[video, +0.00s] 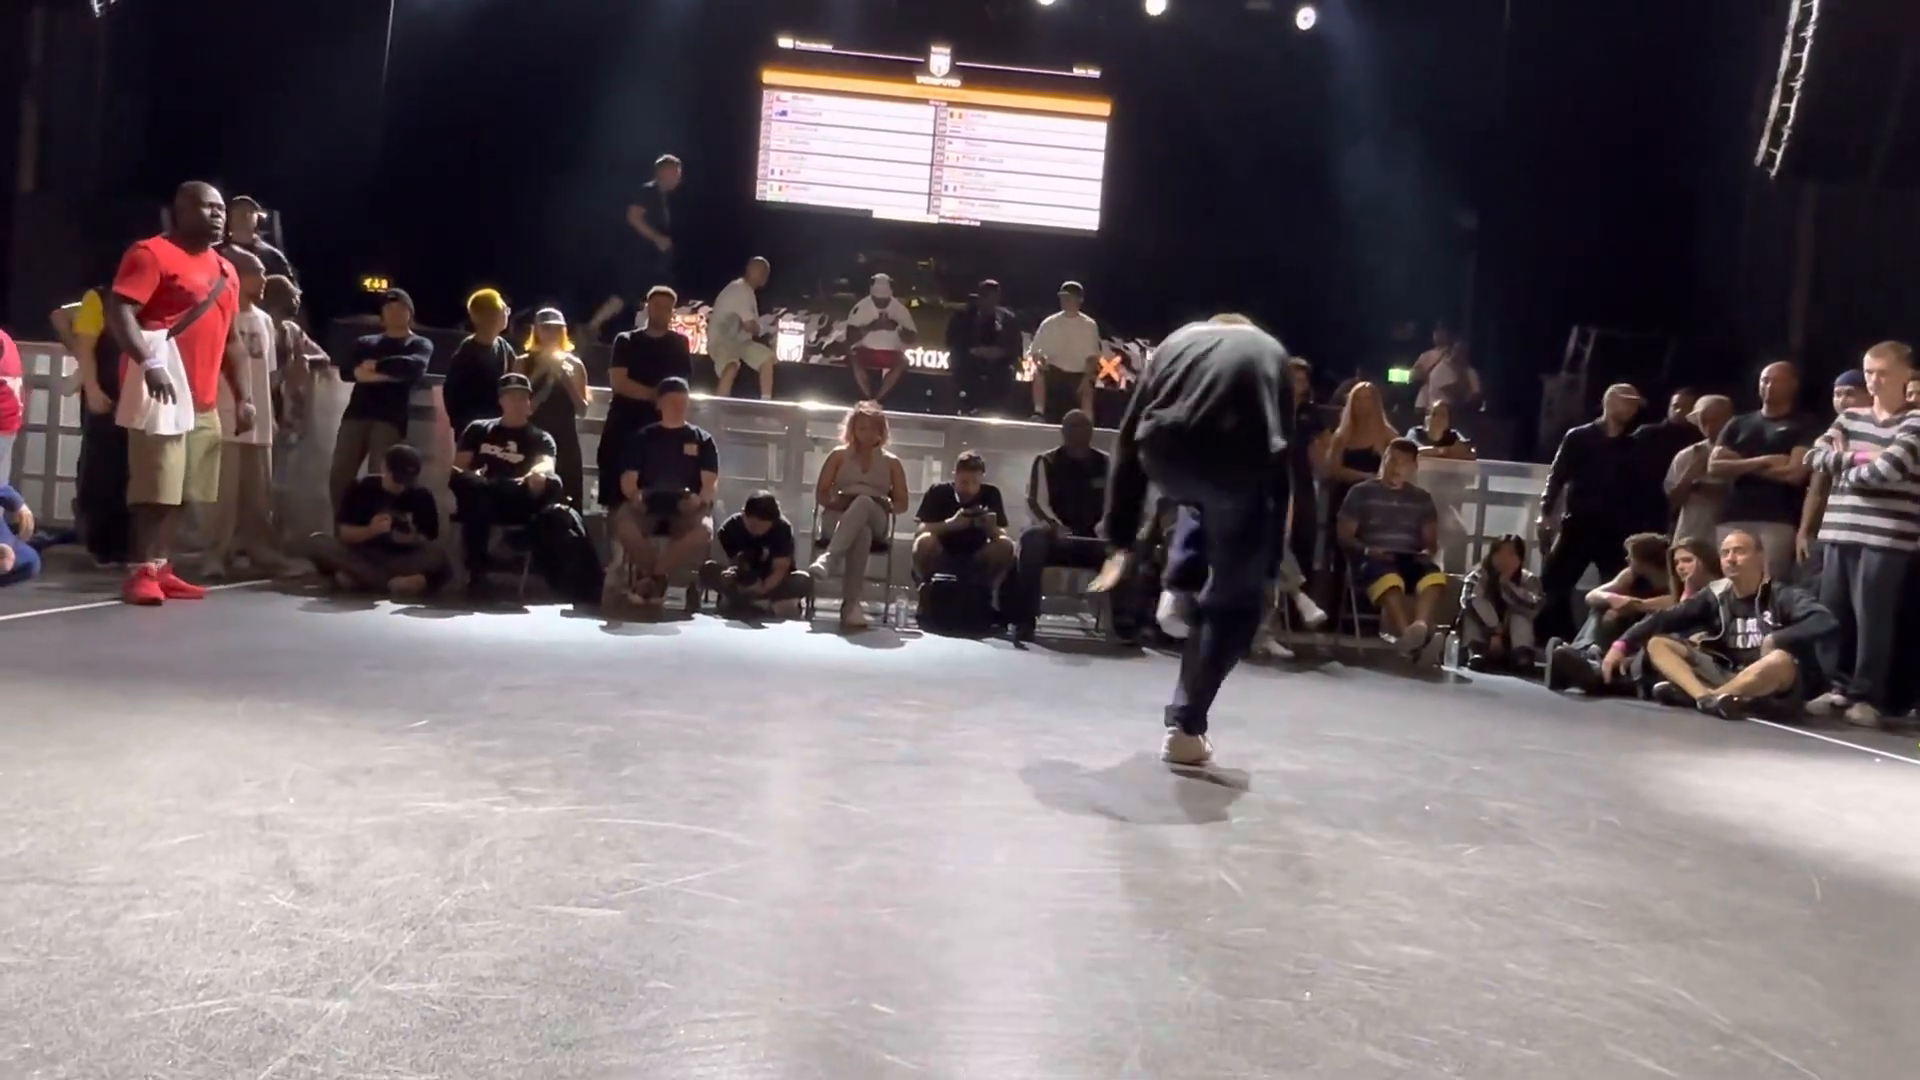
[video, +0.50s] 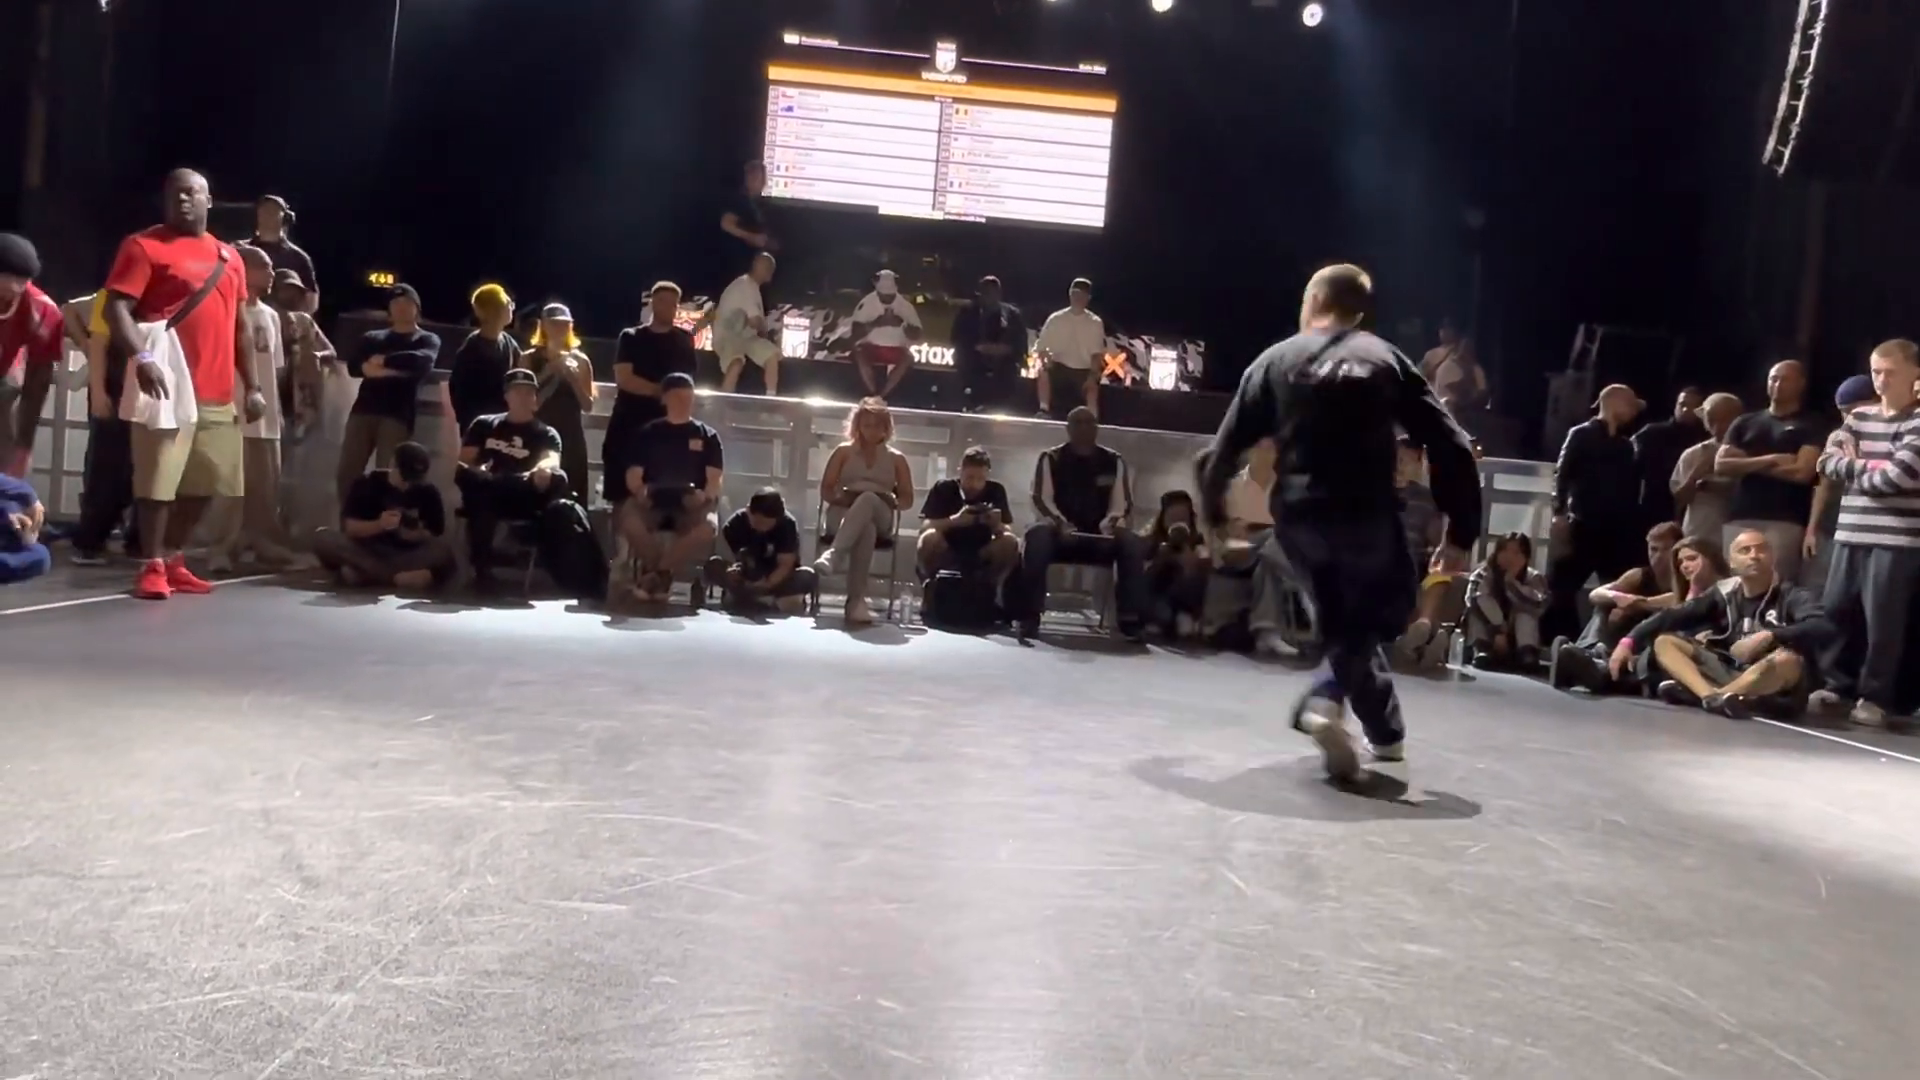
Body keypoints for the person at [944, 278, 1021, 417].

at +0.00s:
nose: (989, 302)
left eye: (992, 297)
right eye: (985, 297)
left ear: (998, 298)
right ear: (979, 297)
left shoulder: (1007, 319)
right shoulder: (964, 317)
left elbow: (1014, 351)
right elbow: (952, 344)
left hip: (997, 384)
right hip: (969, 382)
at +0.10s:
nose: (990, 301)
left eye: (994, 296)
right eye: (987, 296)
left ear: (999, 298)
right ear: (980, 297)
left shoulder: (1009, 318)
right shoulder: (965, 317)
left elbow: (1015, 351)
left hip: (1000, 384)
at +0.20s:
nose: (991, 300)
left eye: (995, 295)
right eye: (987, 295)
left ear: (1000, 297)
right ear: (980, 296)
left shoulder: (1010, 317)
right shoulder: (966, 316)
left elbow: (1017, 349)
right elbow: (957, 347)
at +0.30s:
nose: (991, 298)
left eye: (995, 294)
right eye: (987, 293)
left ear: (1000, 296)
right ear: (980, 294)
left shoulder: (1010, 316)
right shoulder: (966, 314)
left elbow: (1018, 348)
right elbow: (956, 341)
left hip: (1001, 383)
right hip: (972, 382)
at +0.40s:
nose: (990, 298)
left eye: (994, 293)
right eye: (986, 293)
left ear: (999, 295)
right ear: (979, 294)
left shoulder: (1011, 315)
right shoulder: (967, 313)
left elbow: (1019, 347)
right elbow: (956, 340)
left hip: (1002, 382)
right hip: (973, 381)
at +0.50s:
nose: (990, 298)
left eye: (993, 293)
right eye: (986, 293)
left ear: (999, 294)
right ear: (979, 294)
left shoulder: (1012, 314)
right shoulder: (968, 312)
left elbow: (1020, 347)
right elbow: (957, 339)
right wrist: (978, 348)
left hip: (1003, 381)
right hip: (974, 379)